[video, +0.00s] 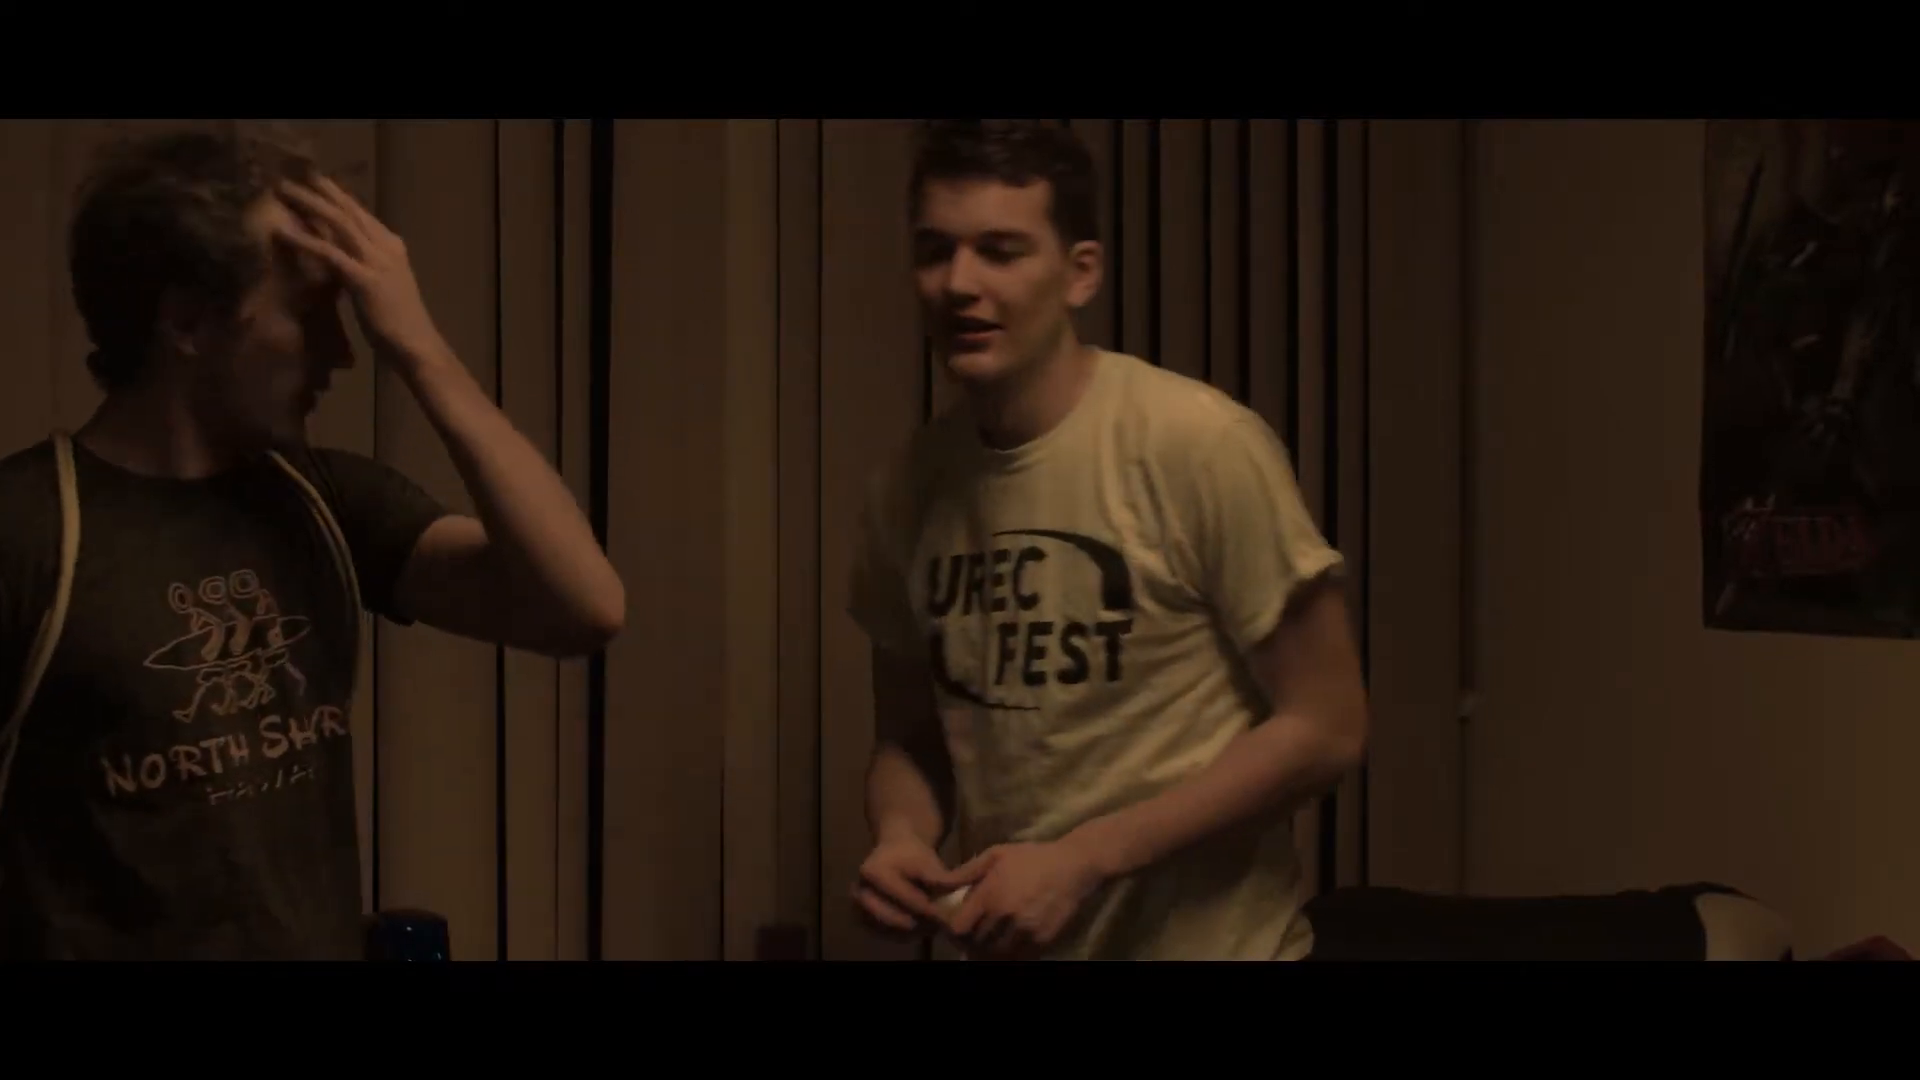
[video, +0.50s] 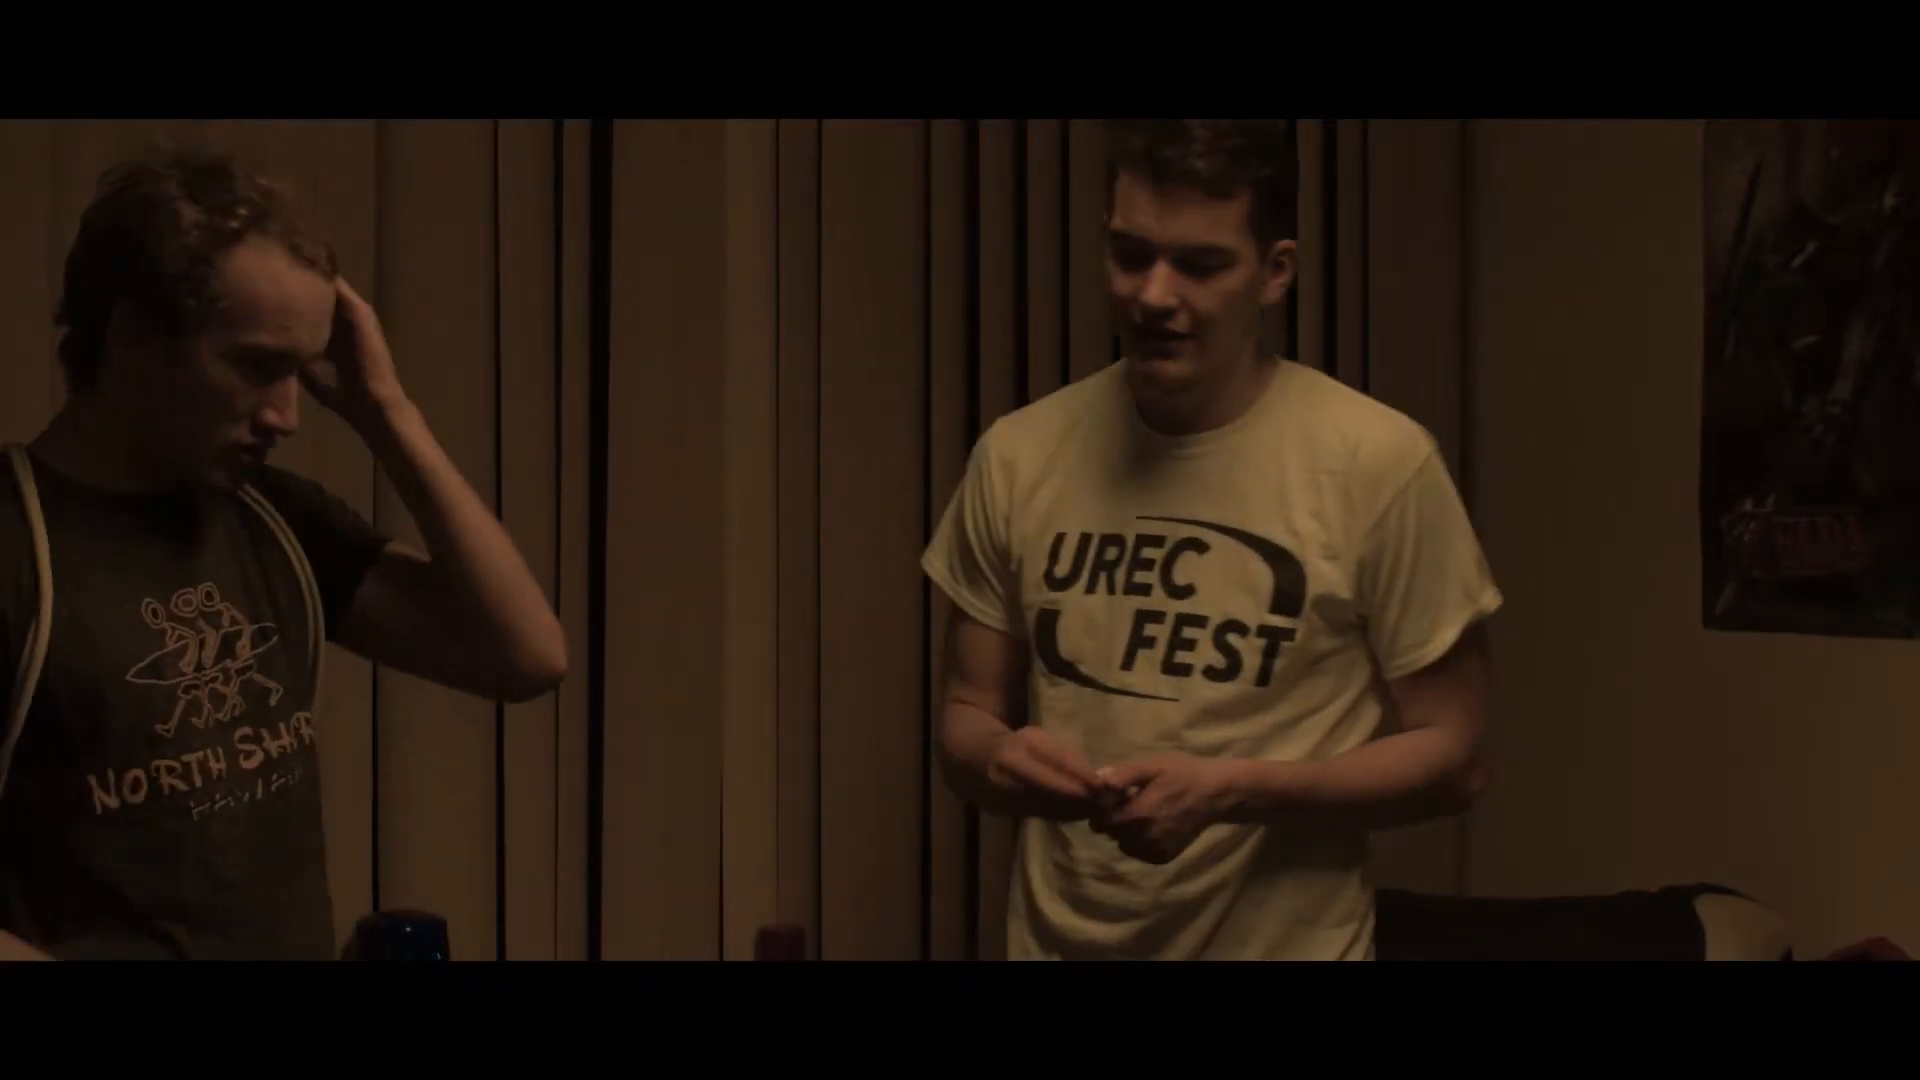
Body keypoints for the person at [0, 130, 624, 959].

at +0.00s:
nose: (340, 353)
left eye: (334, 311)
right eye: (307, 312)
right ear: (188, 321)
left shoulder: (321, 501)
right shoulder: (26, 524)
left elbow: (582, 607)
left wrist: (423, 350)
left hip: (314, 938)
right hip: (99, 943)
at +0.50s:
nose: (287, 415)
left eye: (301, 374)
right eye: (256, 366)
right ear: (133, 336)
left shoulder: (271, 515)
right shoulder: (17, 534)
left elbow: (524, 657)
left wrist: (384, 412)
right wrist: (23, 949)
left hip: (292, 938)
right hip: (94, 947)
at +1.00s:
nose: (364, 420)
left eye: (379, 378)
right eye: (326, 368)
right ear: (210, 345)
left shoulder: (329, 545)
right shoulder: (61, 572)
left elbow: (320, 833)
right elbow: (5, 900)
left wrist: (394, 788)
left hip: (346, 944)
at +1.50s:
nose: (445, 411)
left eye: (461, 376)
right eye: (410, 362)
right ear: (305, 352)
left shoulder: (390, 556)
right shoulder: (175, 557)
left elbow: (345, 855)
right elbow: (58, 886)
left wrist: (475, 846)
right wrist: (361, 948)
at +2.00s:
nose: (441, 384)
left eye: (471, 352)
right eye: (405, 338)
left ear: (493, 370)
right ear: (326, 345)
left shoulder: (469, 553)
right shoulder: (208, 552)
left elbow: (467, 795)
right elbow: (133, 872)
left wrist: (554, 853)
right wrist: (439, 900)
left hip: (430, 954)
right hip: (250, 959)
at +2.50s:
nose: (526, 355)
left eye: (560, 323)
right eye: (492, 316)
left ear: (591, 352)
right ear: (429, 340)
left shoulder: (618, 547)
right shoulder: (316, 540)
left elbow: (644, 786)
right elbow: (225, 838)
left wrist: (681, 861)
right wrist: (481, 940)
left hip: (580, 944)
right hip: (376, 953)